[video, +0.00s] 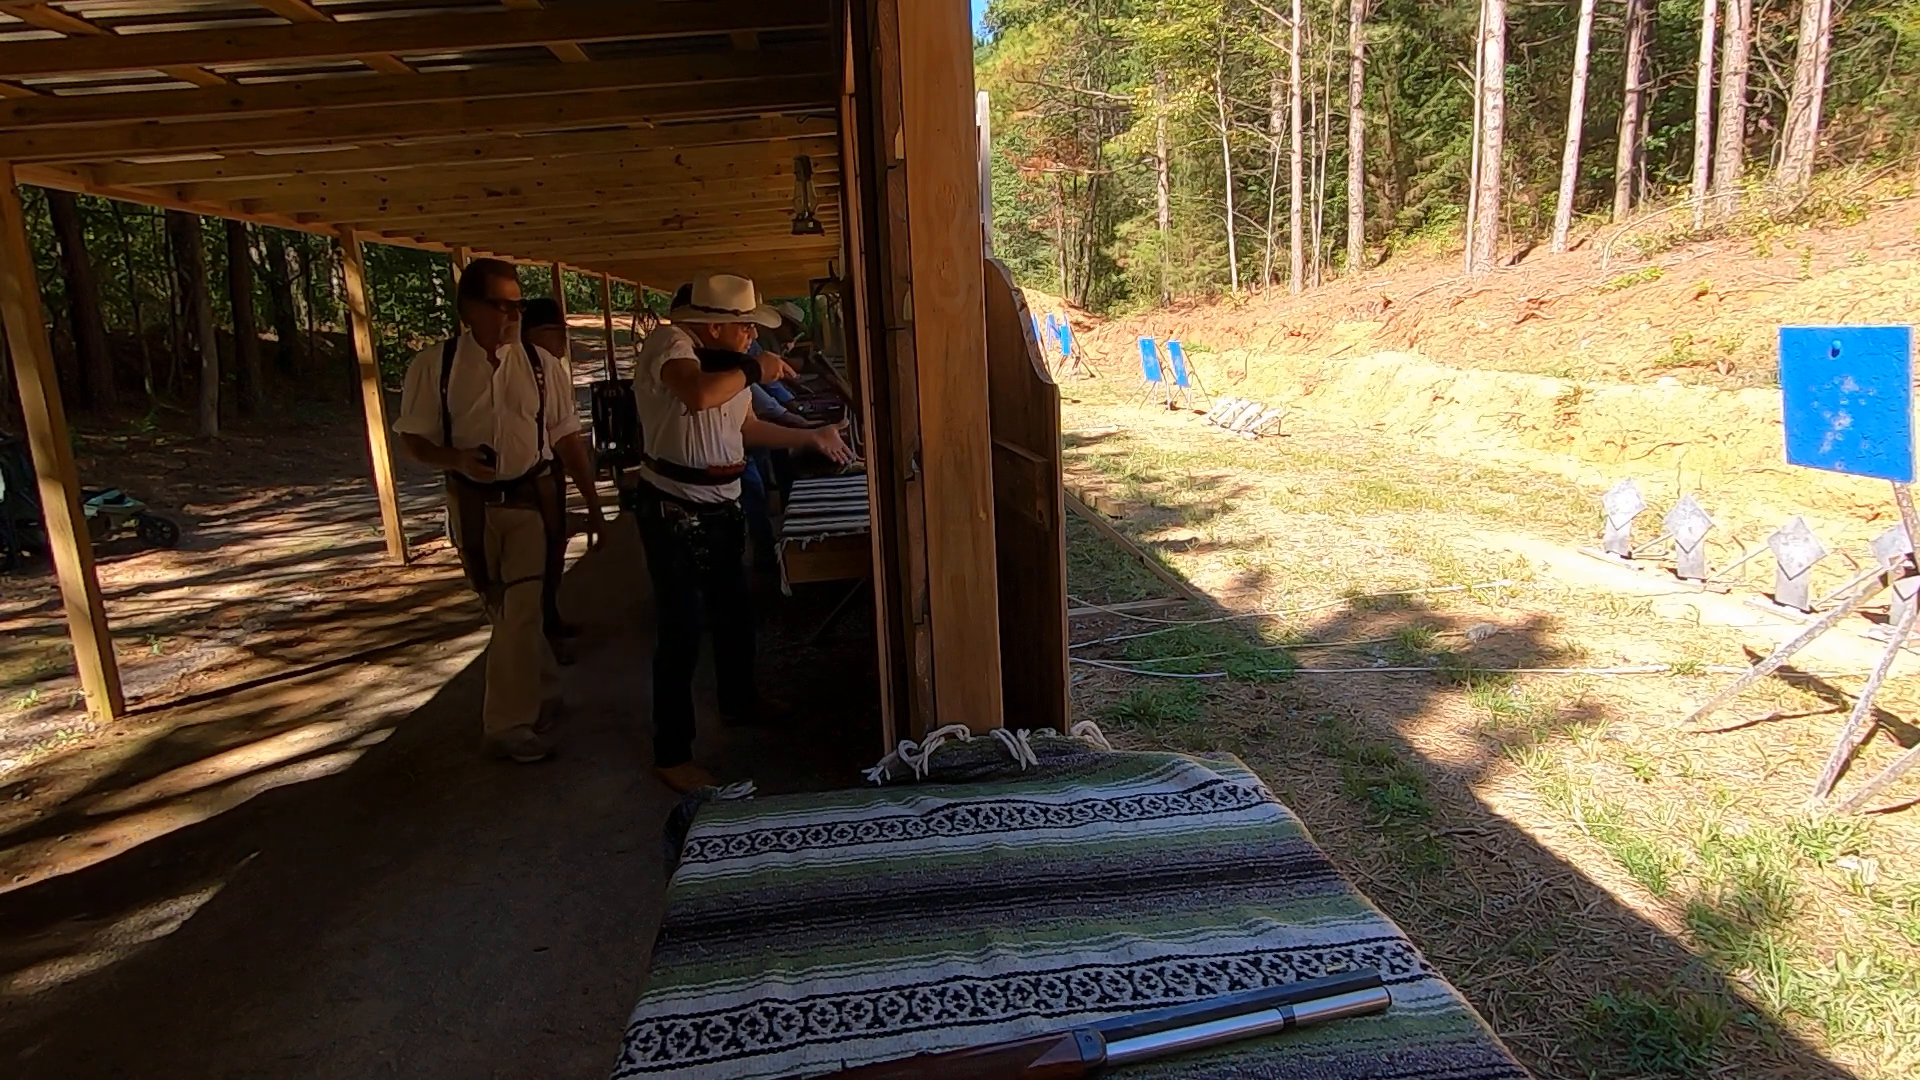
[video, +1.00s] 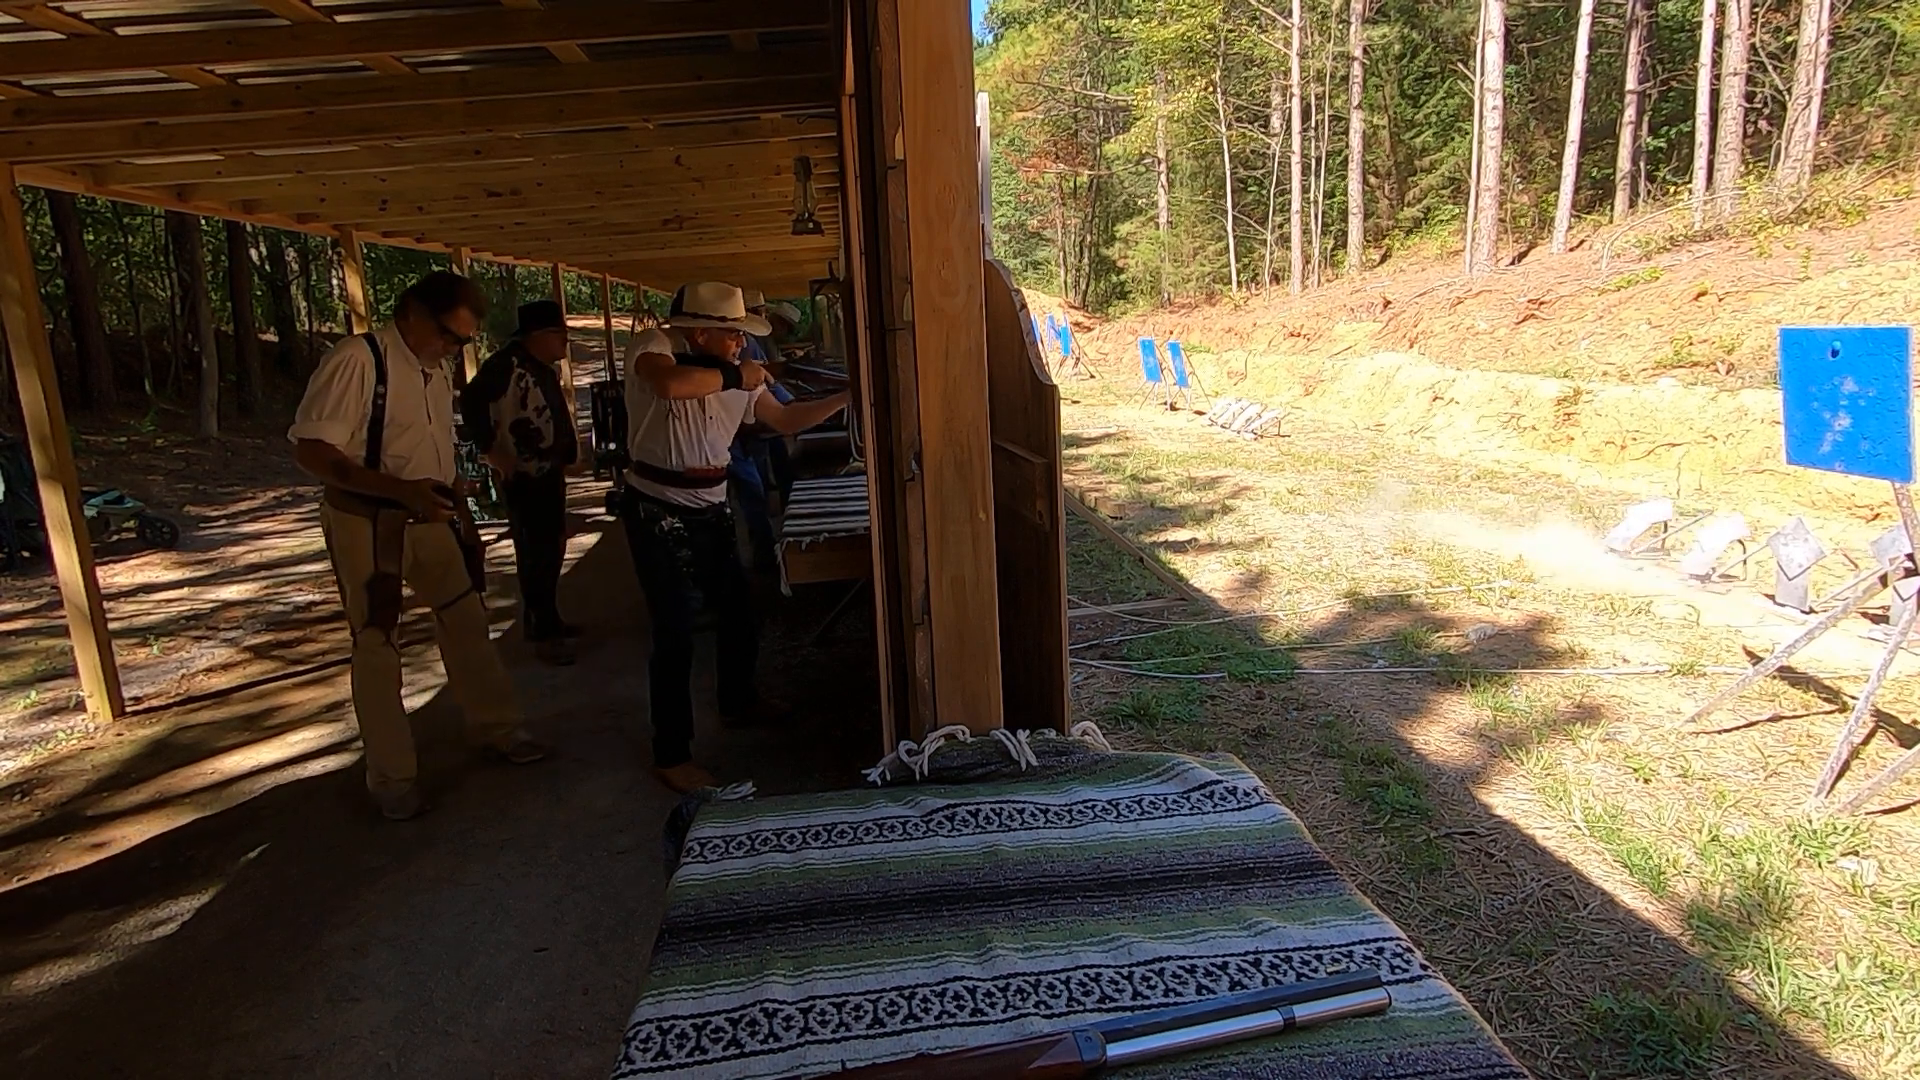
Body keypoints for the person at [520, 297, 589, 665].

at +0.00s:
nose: (565, 337)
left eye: (563, 330)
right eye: (557, 331)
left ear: (549, 334)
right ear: (534, 335)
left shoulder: (554, 370)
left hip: (550, 471)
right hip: (531, 474)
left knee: (553, 549)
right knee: (544, 551)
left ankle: (552, 622)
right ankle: (546, 627)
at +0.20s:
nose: (565, 341)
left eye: (564, 334)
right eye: (558, 334)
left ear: (543, 336)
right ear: (538, 336)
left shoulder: (547, 373)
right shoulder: (528, 375)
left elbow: (558, 435)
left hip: (549, 477)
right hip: (533, 479)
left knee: (551, 555)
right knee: (544, 558)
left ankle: (552, 623)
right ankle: (543, 635)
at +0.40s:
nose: (564, 342)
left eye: (563, 334)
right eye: (558, 334)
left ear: (541, 336)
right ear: (535, 335)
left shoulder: (546, 373)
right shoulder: (524, 375)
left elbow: (554, 430)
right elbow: (535, 438)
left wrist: (567, 454)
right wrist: (563, 462)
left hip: (545, 476)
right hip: (528, 479)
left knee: (549, 553)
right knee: (541, 556)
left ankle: (552, 624)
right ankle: (544, 634)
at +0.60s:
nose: (564, 341)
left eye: (564, 334)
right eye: (558, 334)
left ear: (542, 337)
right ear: (537, 335)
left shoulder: (545, 373)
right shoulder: (513, 372)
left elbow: (556, 422)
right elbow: (513, 433)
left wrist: (568, 456)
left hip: (551, 470)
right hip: (525, 474)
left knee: (550, 548)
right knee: (533, 550)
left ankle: (551, 621)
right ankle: (542, 632)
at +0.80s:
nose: (565, 343)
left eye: (564, 335)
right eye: (560, 336)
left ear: (544, 334)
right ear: (539, 335)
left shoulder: (545, 369)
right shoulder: (504, 367)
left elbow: (554, 418)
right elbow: (492, 426)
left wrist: (566, 457)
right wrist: (509, 467)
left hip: (550, 473)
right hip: (524, 477)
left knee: (552, 549)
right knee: (535, 552)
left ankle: (550, 619)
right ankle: (540, 631)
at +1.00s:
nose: (566, 344)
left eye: (565, 337)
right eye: (561, 336)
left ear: (545, 337)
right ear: (539, 335)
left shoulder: (545, 367)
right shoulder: (505, 365)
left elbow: (554, 415)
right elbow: (471, 403)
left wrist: (566, 453)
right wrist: (490, 449)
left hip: (549, 474)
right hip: (522, 477)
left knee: (551, 552)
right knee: (535, 555)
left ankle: (550, 621)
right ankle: (541, 631)